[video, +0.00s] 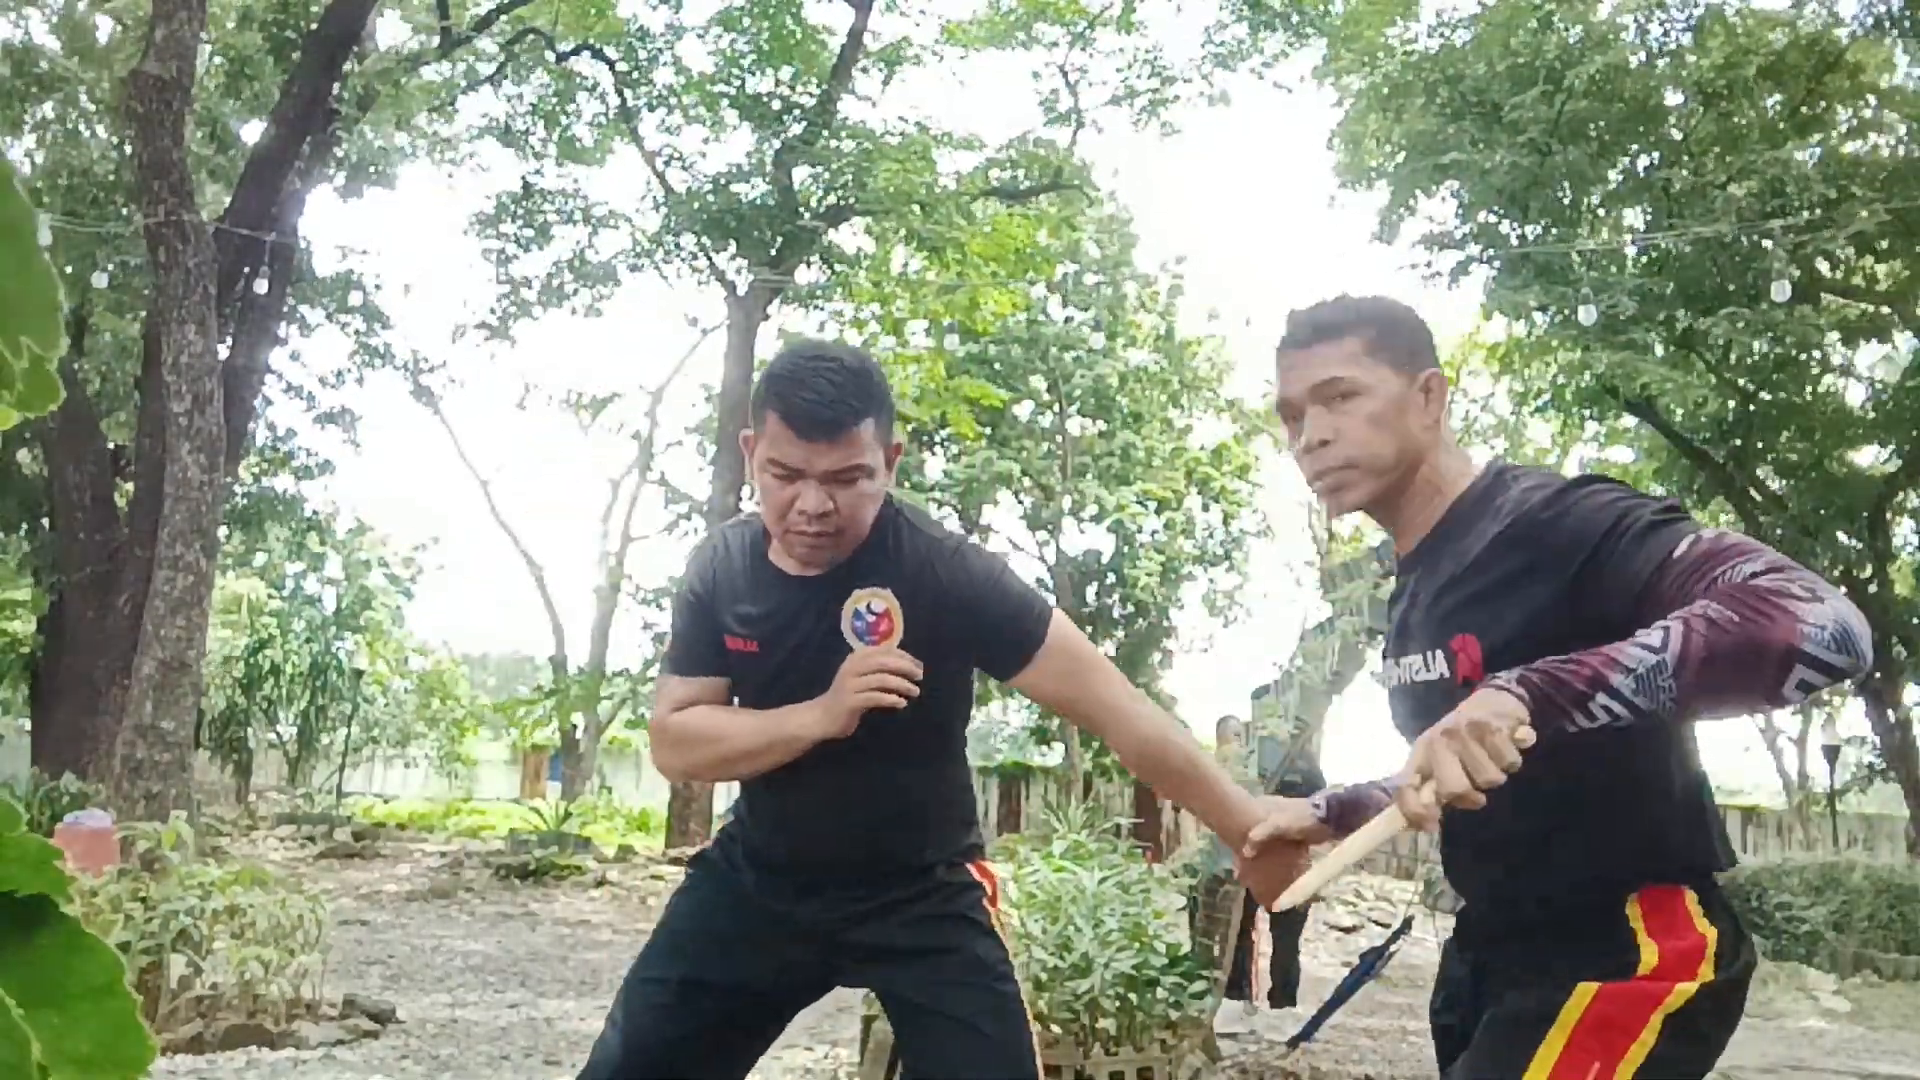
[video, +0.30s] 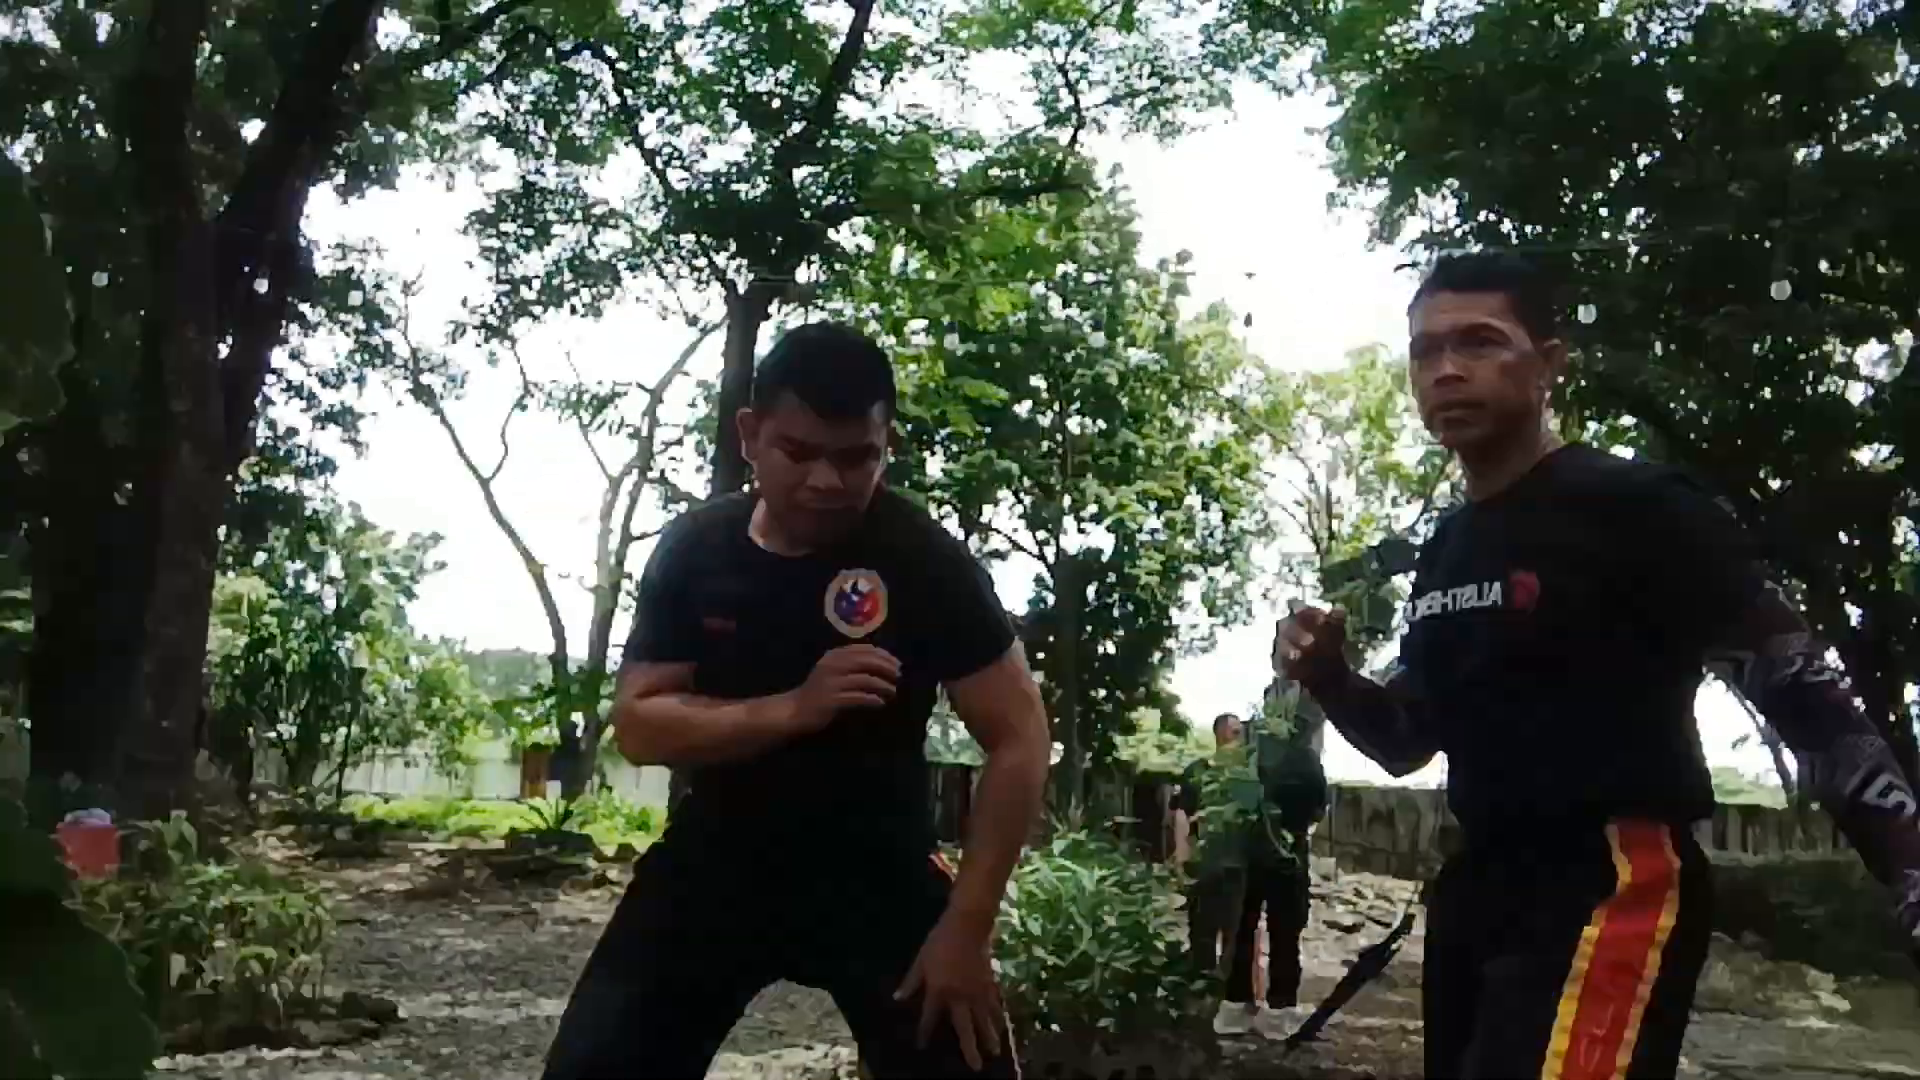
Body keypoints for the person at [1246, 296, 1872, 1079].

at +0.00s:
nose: (1308, 435)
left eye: (1336, 397)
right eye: (1291, 417)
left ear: (1429, 397)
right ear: (1285, 436)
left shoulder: (1561, 520)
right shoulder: (1418, 589)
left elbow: (1819, 627)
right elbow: (1469, 773)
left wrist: (1527, 695)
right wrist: (1330, 815)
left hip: (1632, 958)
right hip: (1495, 953)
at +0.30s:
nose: (1446, 371)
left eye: (1479, 342)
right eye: (1427, 349)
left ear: (1548, 364)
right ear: (1410, 373)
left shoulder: (1641, 507)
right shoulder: (1449, 545)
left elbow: (1804, 691)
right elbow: (1404, 741)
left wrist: (1908, 860)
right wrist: (1332, 679)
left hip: (1615, 883)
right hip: (1484, 877)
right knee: (1459, 1065)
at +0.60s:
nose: (1501, 342)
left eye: (1531, 321)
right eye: (1492, 326)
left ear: (1598, 348)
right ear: (1485, 354)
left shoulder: (1685, 478)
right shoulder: (1482, 518)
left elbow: (1804, 657)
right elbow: (1456, 689)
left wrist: (1885, 837)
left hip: (1675, 838)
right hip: (1533, 835)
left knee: (1681, 1052)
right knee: (1534, 1053)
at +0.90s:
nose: (1566, 326)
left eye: (1601, 304)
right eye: (1555, 311)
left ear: (1671, 332)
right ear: (1547, 342)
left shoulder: (1768, 475)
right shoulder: (1552, 502)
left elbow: (1869, 679)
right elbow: (1572, 706)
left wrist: (1832, 878)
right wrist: (1547, 902)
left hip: (1731, 884)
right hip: (1585, 890)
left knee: (1740, 1064)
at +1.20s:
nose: (1575, 331)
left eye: (1606, 308)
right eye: (1571, 315)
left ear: (1690, 326)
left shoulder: (1782, 469)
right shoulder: (1607, 506)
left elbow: (1883, 688)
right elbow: (1637, 690)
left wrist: (1876, 903)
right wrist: (1567, 747)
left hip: (1756, 840)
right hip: (1623, 845)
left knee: (1752, 1057)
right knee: (1616, 1057)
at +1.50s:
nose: (1532, 386)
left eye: (1545, 355)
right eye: (1534, 361)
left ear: (1610, 357)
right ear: (1608, 361)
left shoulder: (1735, 470)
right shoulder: (1593, 529)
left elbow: (1838, 670)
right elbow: (1587, 709)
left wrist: (1827, 895)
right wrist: (1497, 604)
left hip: (1731, 813)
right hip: (1618, 814)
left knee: (1721, 1053)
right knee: (1603, 1047)